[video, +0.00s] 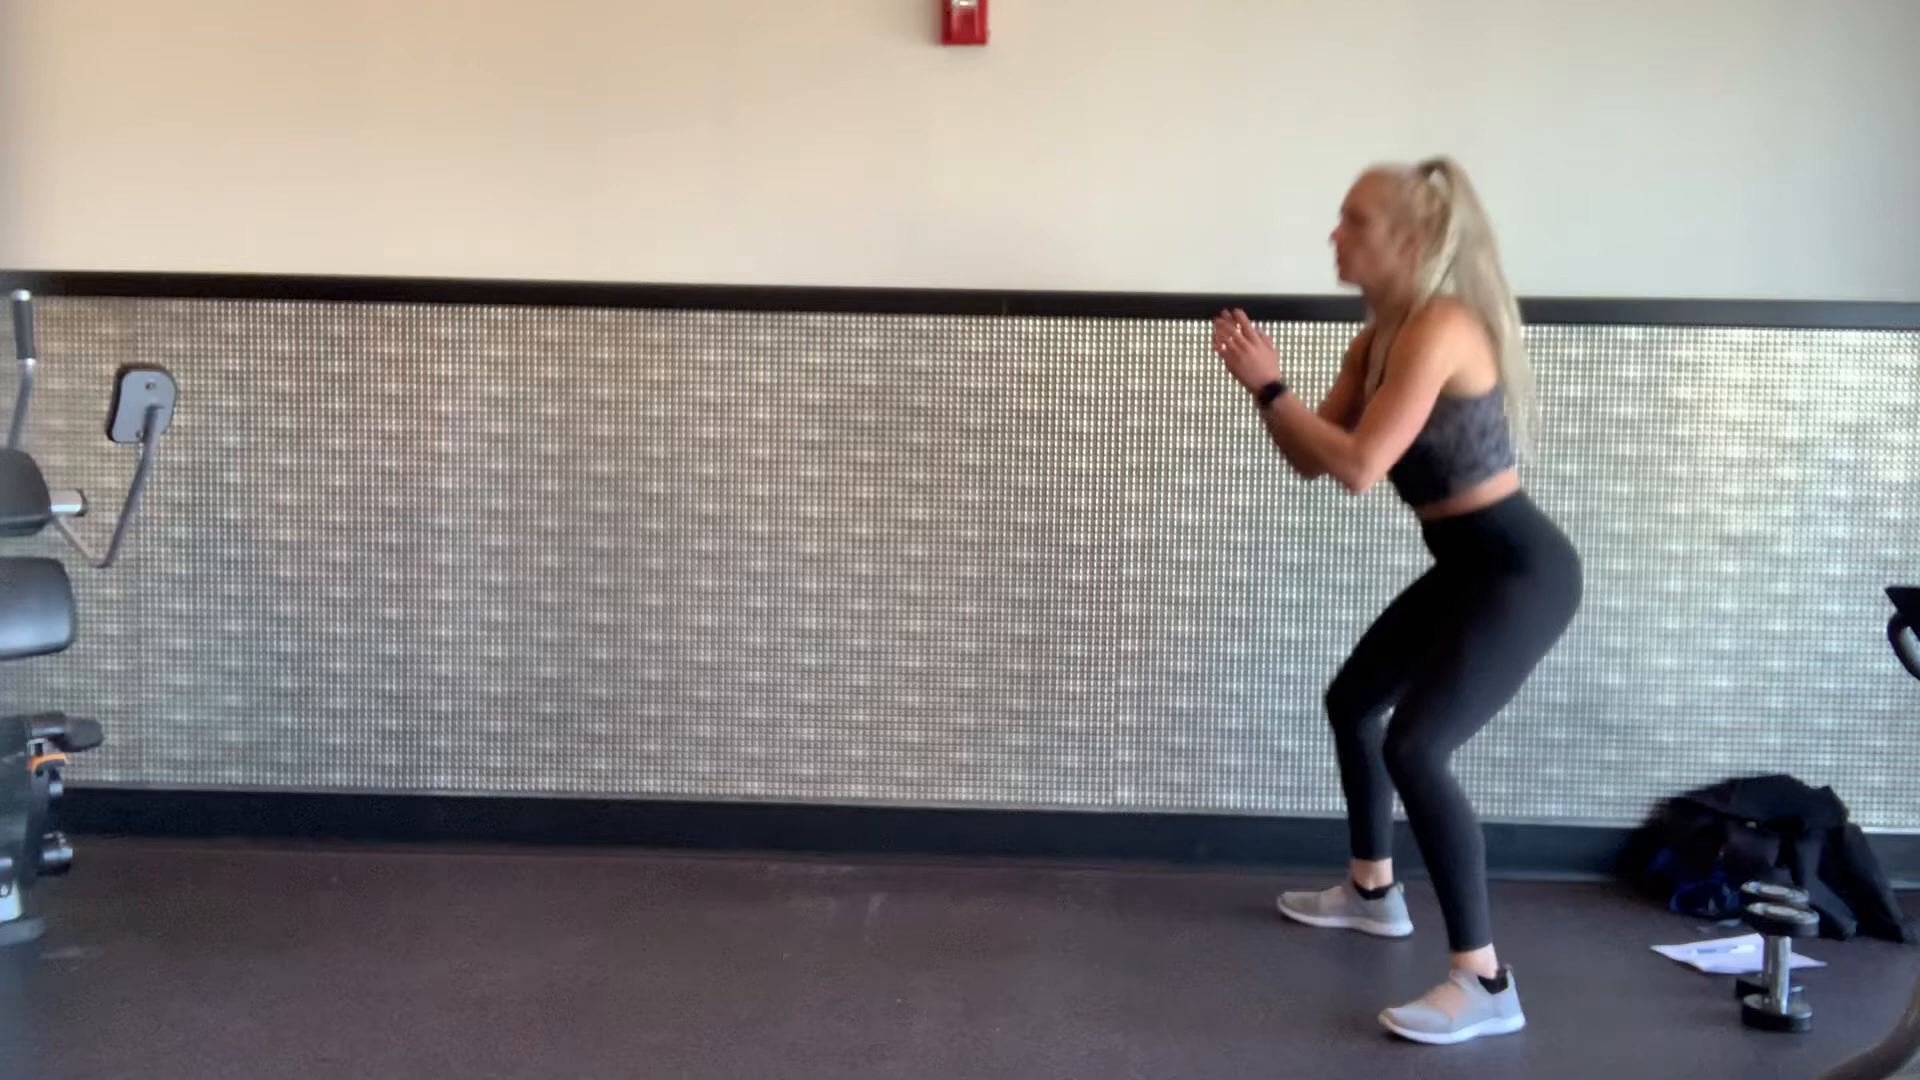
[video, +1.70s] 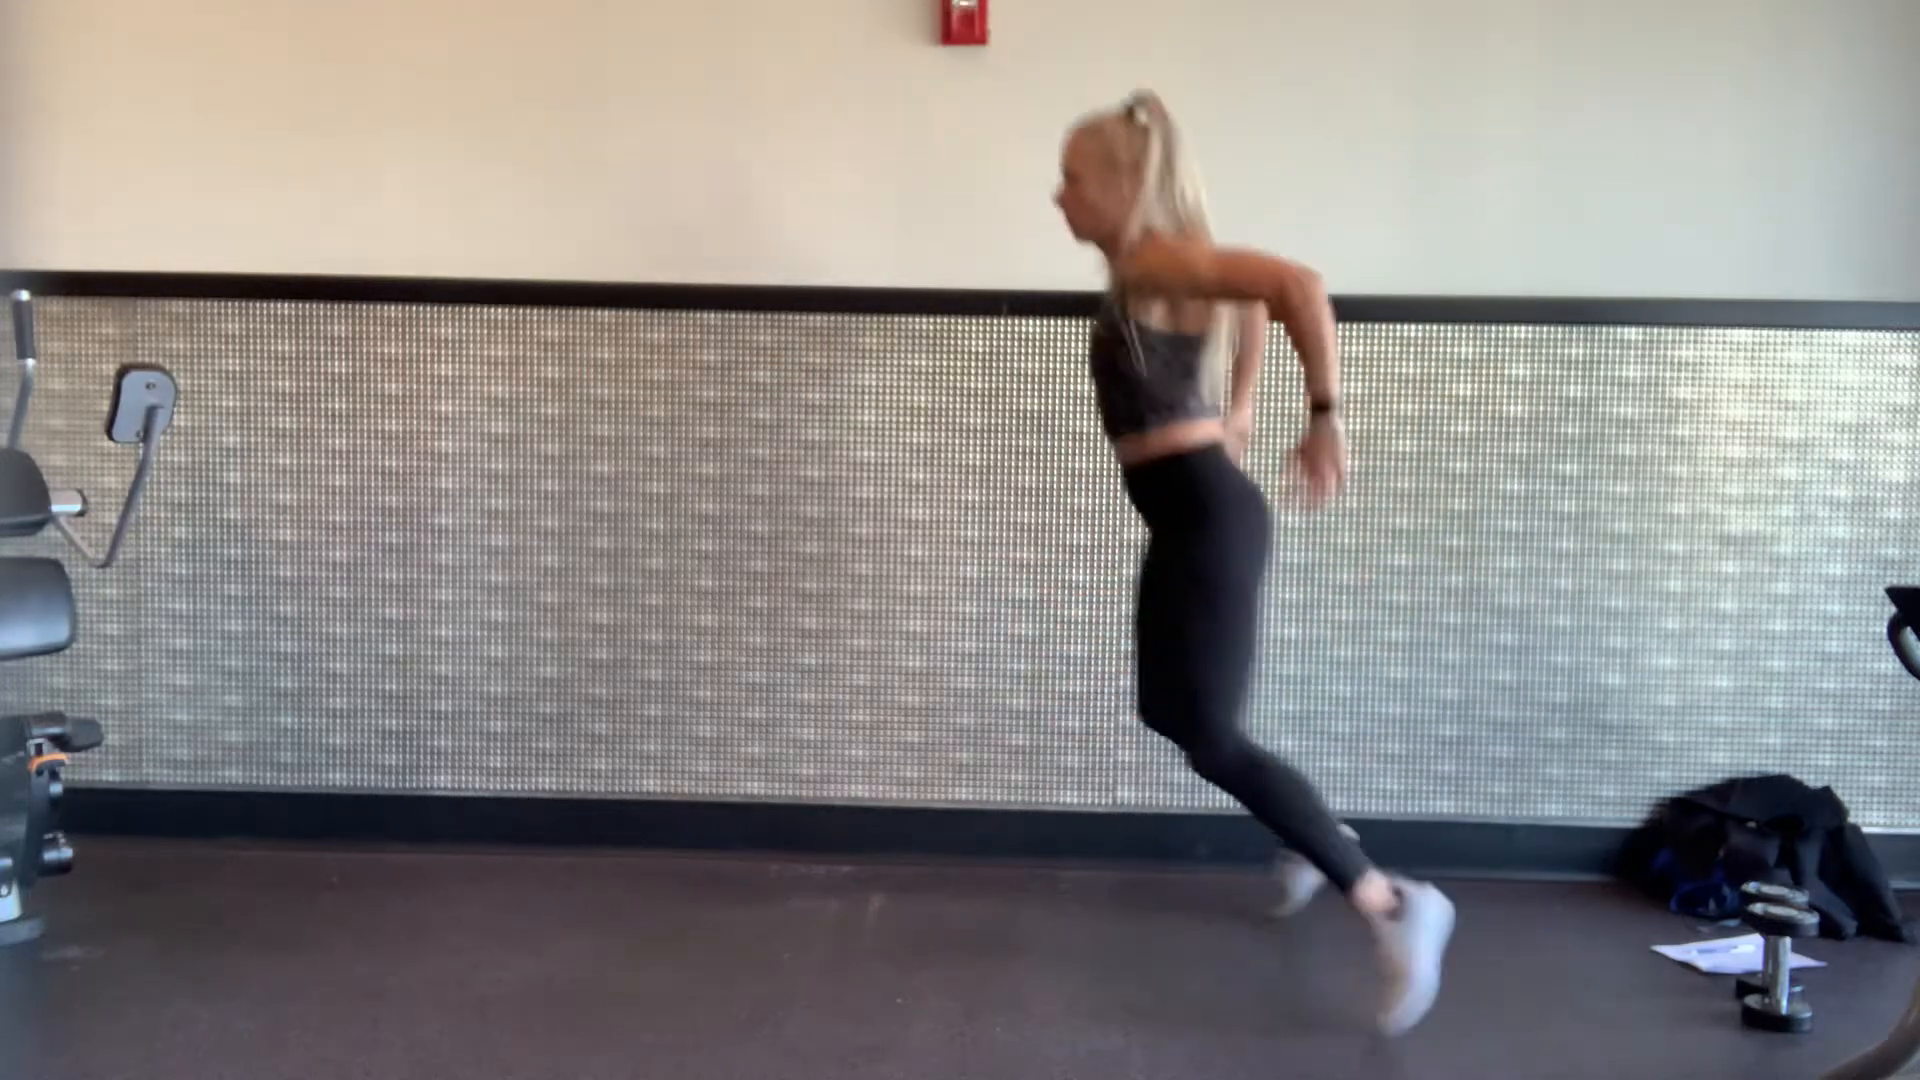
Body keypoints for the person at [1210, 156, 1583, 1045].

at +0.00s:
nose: (1335, 234)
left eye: (1354, 222)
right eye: (1342, 218)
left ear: (1409, 239)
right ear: (1395, 243)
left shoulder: (1440, 329)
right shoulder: (1380, 335)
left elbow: (1359, 468)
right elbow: (1313, 455)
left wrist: (1275, 392)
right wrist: (1264, 386)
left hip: (1523, 572)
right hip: (1465, 570)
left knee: (1416, 747)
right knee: (1353, 703)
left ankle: (1483, 976)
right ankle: (1372, 889)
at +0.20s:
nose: (1291, 354)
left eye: (1306, 343)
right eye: (1296, 340)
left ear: (1355, 361)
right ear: (1345, 364)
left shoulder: (1403, 442)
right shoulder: (1342, 446)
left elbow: (1314, 573)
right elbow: (1270, 553)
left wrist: (1252, 477)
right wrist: (1245, 471)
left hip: (1524, 648)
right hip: (1455, 643)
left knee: (1394, 767)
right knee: (1310, 711)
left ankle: (1480, 978)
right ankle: (1371, 889)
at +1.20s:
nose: (1194, 430)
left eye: (1206, 414)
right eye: (1195, 414)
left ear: (1260, 417)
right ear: (1259, 419)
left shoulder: (1314, 495)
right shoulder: (1261, 498)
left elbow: (1194, 602)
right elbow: (1182, 587)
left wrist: (1127, 508)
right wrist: (1126, 506)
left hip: (1496, 656)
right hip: (1419, 656)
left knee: (1371, 778)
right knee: (1289, 716)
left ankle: (1479, 982)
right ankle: (1371, 891)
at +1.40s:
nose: (1150, 417)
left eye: (1162, 402)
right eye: (1150, 401)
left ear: (1213, 405)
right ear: (1207, 405)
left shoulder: (1273, 481)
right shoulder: (1225, 494)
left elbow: (1202, 630)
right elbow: (1170, 607)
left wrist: (1081, 638)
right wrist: (1078, 631)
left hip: (1456, 644)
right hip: (1393, 647)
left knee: (1335, 794)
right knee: (1264, 733)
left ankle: (1476, 979)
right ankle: (1370, 892)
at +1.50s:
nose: (1123, 380)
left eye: (1133, 364)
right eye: (1124, 363)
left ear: (1179, 368)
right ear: (1184, 370)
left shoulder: (1240, 449)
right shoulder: (1208, 453)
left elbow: (1267, 603)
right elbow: (1205, 584)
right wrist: (1135, 664)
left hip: (1406, 627)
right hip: (1352, 629)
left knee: (1309, 803)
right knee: (1242, 750)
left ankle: (1470, 975)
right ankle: (1363, 888)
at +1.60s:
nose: (1093, 288)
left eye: (1107, 273)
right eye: (1096, 271)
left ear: (1155, 283)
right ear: (1150, 282)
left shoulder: (1203, 367)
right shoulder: (1170, 366)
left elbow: (1320, 449)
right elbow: (1263, 463)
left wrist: (1320, 588)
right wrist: (1232, 557)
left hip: (1316, 582)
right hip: (1276, 582)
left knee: (1284, 800)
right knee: (1224, 750)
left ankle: (1466, 965)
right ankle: (1359, 878)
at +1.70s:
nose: (1059, 197)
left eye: (1072, 182)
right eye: (1062, 180)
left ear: (1119, 187)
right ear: (1121, 188)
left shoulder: (1154, 262)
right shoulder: (1136, 264)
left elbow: (1295, 285)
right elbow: (1252, 297)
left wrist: (1326, 418)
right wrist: (1234, 413)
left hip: (1211, 511)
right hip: (1183, 510)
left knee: (1205, 730)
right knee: (1164, 703)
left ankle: (1390, 904)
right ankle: (1300, 828)